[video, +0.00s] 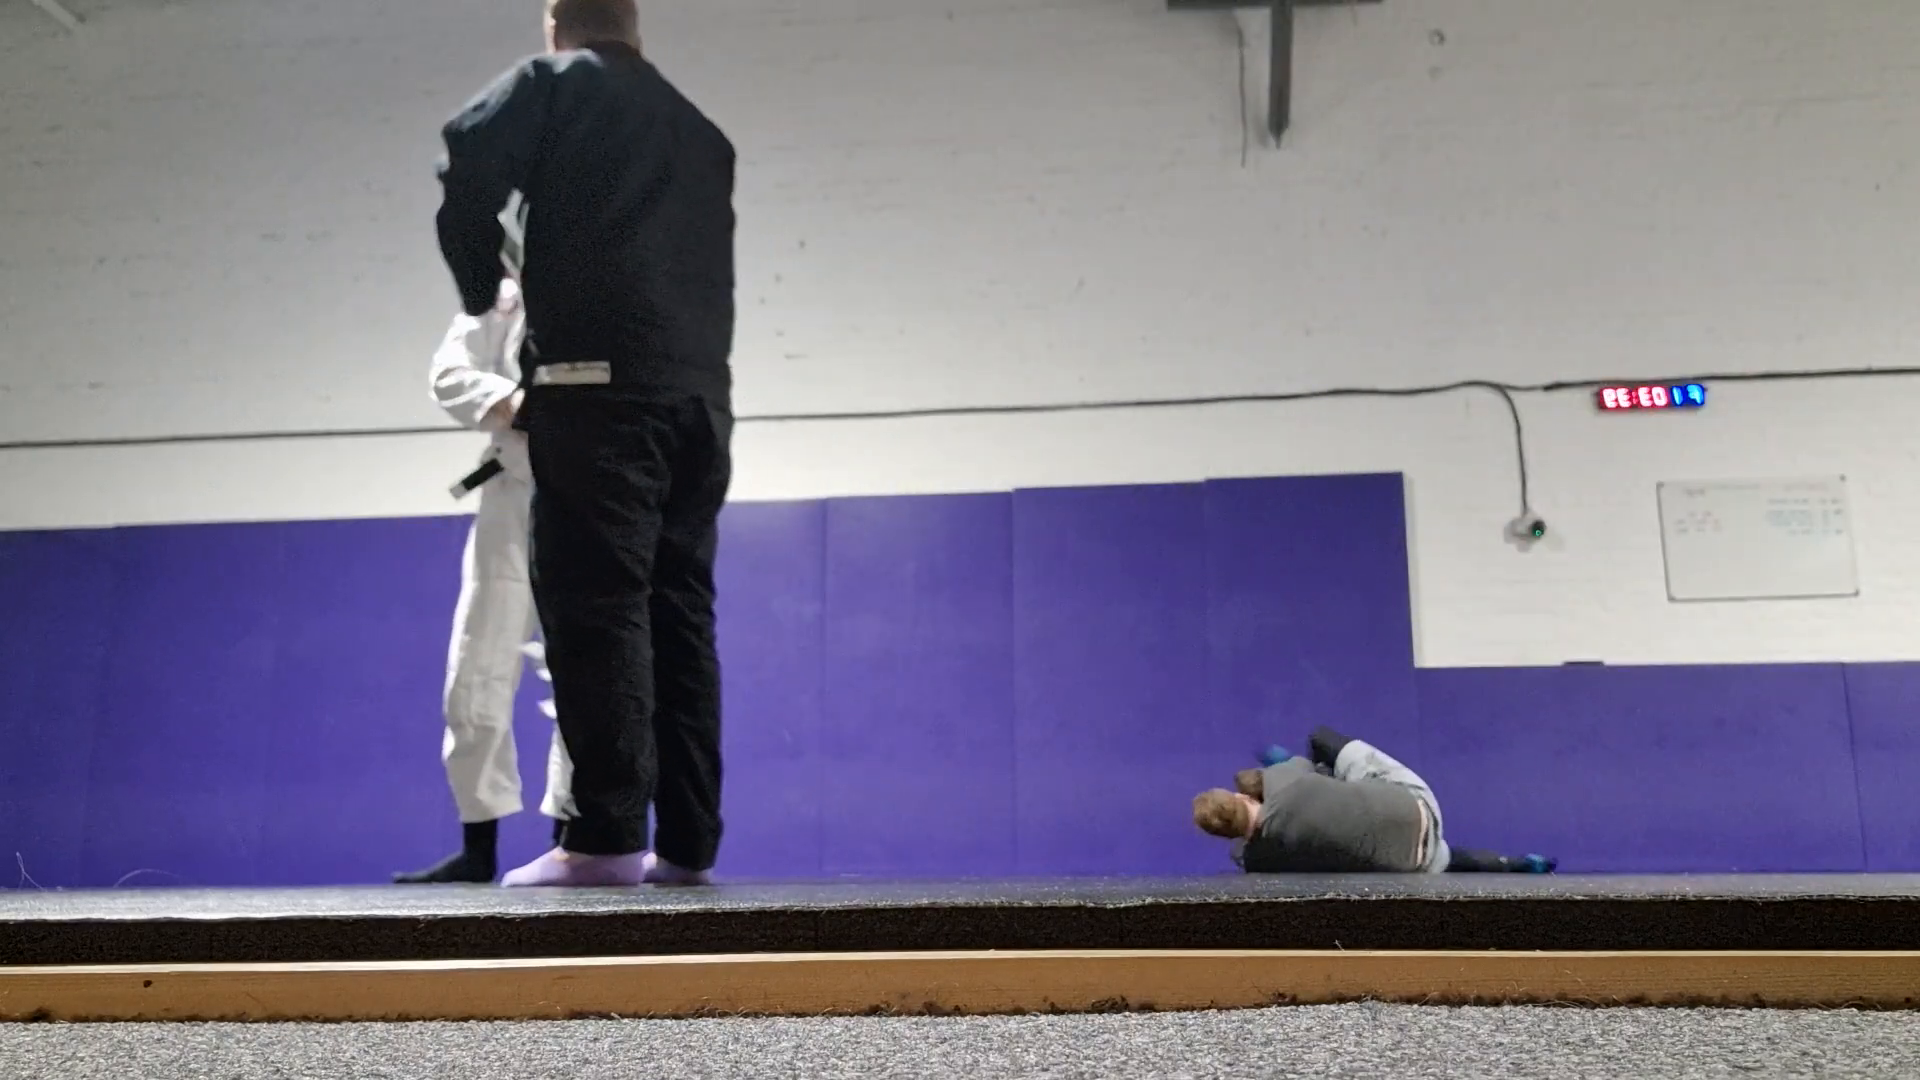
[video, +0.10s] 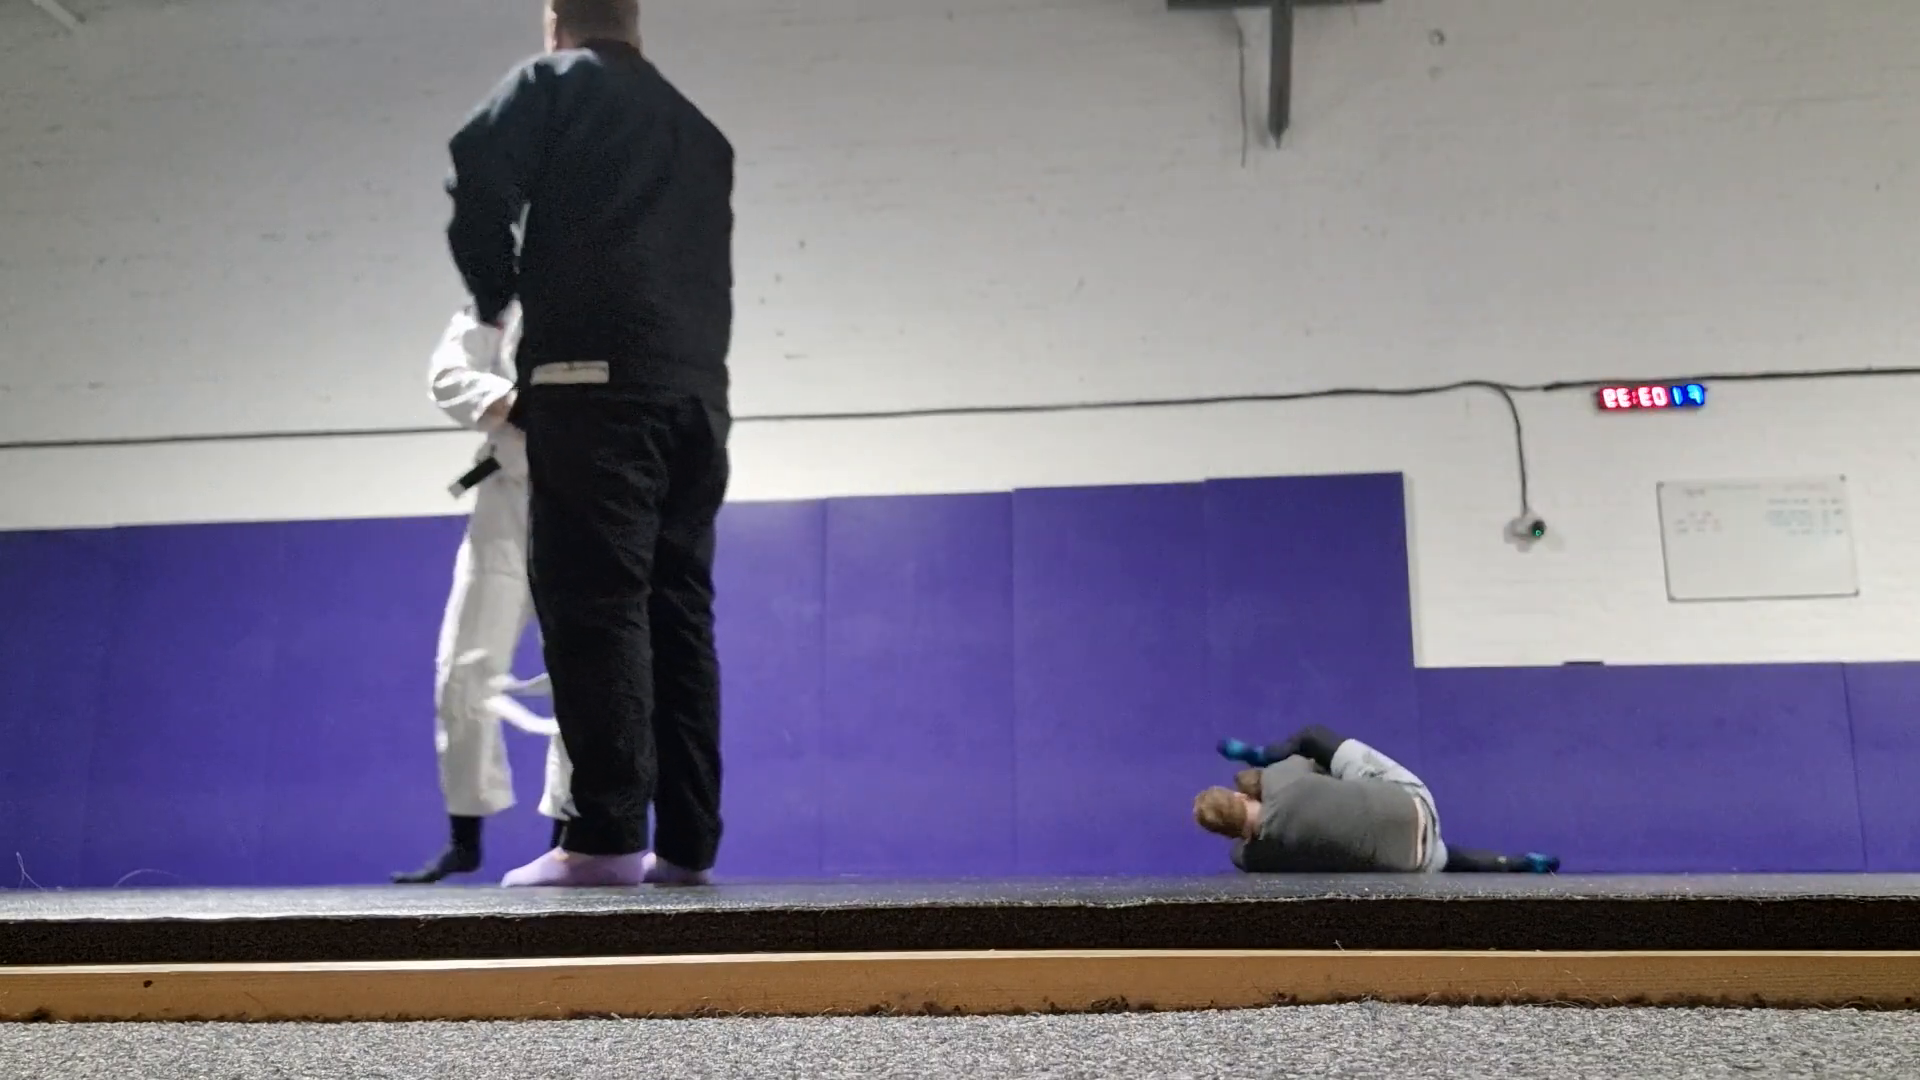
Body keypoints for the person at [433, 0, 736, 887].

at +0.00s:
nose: (545, 46)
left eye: (545, 35)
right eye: (554, 38)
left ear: (555, 32)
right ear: (635, 34)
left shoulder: (542, 84)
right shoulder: (704, 132)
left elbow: (470, 155)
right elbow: (703, 275)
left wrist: (484, 288)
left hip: (594, 399)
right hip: (700, 404)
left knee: (596, 615)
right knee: (681, 611)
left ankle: (603, 846)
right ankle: (688, 848)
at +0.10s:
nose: (544, 39)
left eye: (544, 30)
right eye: (550, 32)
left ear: (555, 27)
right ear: (635, 32)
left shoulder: (544, 84)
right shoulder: (704, 133)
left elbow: (481, 157)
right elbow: (710, 276)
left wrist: (494, 297)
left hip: (590, 394)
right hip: (697, 402)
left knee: (595, 615)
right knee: (680, 614)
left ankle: (604, 845)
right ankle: (688, 847)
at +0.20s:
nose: (542, 37)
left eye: (542, 28)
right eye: (548, 31)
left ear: (554, 24)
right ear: (634, 28)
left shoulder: (542, 84)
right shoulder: (702, 129)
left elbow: (488, 219)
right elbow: (701, 270)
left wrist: (542, 314)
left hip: (589, 395)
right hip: (695, 400)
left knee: (593, 612)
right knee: (679, 611)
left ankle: (604, 846)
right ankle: (687, 849)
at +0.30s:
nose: (539, 32)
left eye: (540, 22)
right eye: (543, 24)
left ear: (557, 20)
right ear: (633, 24)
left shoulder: (544, 83)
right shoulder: (702, 130)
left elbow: (489, 216)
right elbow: (701, 271)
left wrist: (537, 315)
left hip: (589, 395)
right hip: (695, 401)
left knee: (592, 613)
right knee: (678, 610)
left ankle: (604, 845)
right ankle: (687, 848)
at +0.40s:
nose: (539, 29)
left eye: (541, 19)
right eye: (543, 20)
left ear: (559, 19)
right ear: (634, 25)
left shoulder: (544, 84)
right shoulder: (703, 130)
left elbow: (490, 196)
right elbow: (706, 273)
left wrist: (522, 303)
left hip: (589, 396)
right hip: (695, 401)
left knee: (593, 614)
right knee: (679, 612)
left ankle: (604, 845)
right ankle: (687, 849)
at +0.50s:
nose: (542, 29)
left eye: (545, 18)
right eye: (547, 19)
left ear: (564, 18)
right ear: (636, 26)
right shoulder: (703, 130)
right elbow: (714, 277)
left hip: (589, 394)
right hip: (695, 400)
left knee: (593, 613)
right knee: (679, 611)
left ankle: (605, 846)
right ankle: (687, 849)